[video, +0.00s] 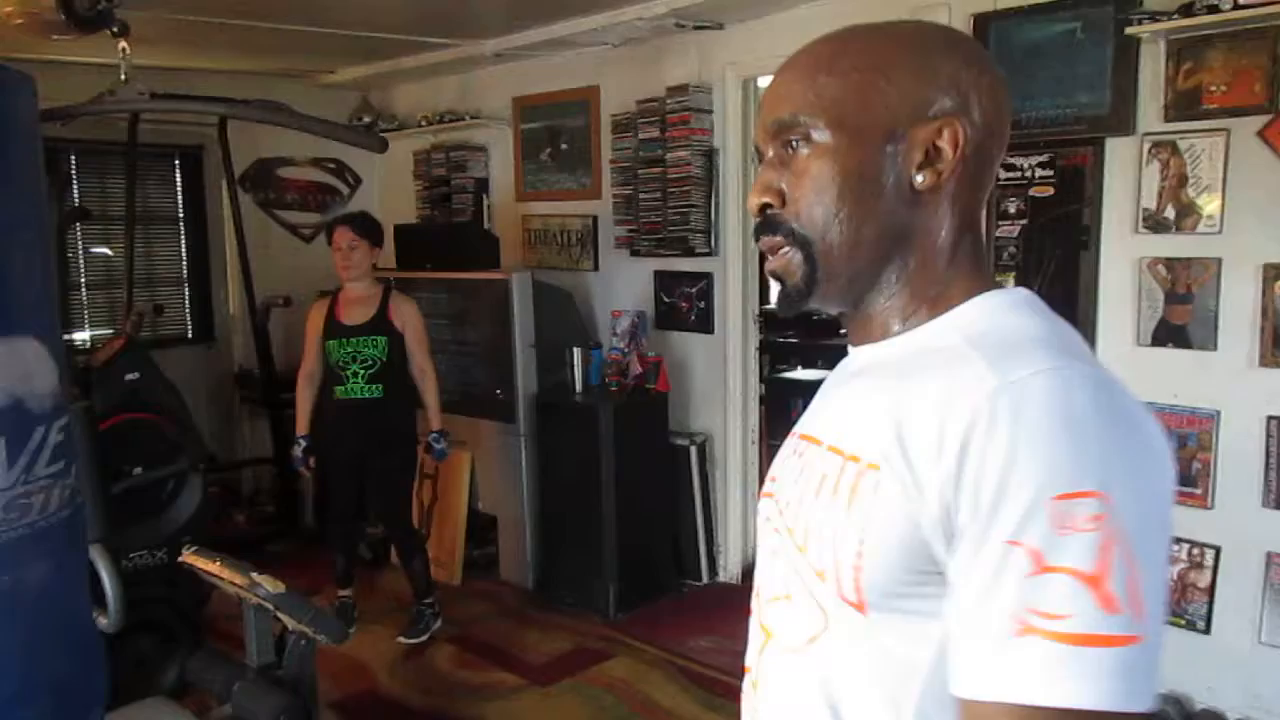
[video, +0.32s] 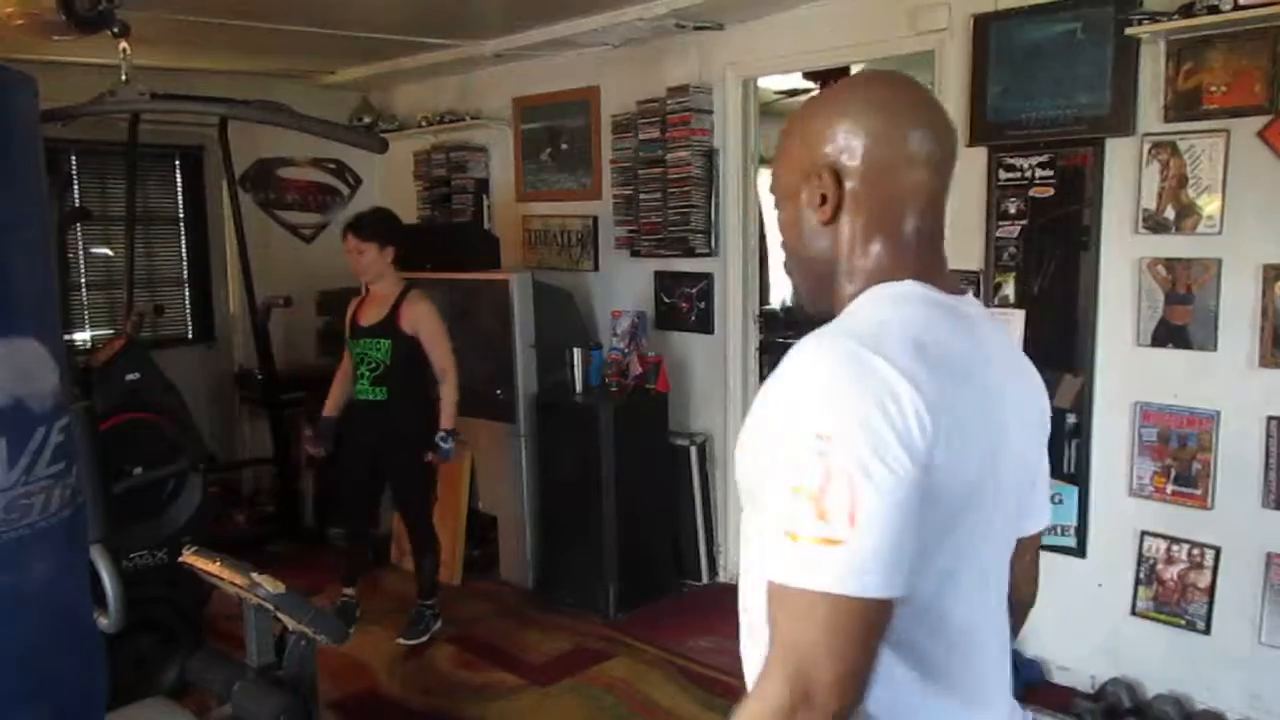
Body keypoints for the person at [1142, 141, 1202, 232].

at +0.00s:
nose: (1157, 158)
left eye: (1159, 153)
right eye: (1155, 155)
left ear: (1168, 150)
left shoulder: (1175, 160)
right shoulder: (1164, 166)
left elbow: (1171, 187)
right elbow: (1161, 188)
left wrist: (1160, 213)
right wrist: (1157, 212)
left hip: (1191, 211)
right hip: (1180, 211)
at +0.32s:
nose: (1157, 159)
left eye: (1159, 154)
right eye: (1154, 156)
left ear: (1168, 150)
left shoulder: (1175, 161)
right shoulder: (1164, 167)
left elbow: (1171, 187)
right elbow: (1161, 189)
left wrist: (1160, 214)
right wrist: (1157, 213)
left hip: (1191, 211)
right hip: (1180, 212)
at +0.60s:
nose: (1157, 159)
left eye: (1159, 154)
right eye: (1155, 156)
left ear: (1168, 150)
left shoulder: (1175, 161)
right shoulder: (1164, 166)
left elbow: (1171, 187)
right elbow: (1161, 189)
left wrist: (1160, 213)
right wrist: (1157, 213)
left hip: (1190, 211)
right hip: (1180, 212)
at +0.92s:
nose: (1157, 158)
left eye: (1160, 153)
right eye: (1156, 155)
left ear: (1169, 149)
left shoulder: (1175, 161)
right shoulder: (1164, 164)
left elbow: (1170, 187)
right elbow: (1161, 188)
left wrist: (1160, 213)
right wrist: (1157, 212)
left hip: (1190, 211)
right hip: (1180, 212)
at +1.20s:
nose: (1158, 159)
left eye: (1160, 154)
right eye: (1155, 156)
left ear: (1169, 150)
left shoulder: (1175, 161)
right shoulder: (1164, 165)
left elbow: (1171, 187)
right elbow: (1162, 188)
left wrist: (1161, 213)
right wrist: (1157, 213)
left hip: (1190, 211)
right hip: (1180, 212)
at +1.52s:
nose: (1158, 159)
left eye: (1159, 154)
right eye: (1156, 156)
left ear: (1168, 150)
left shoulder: (1175, 161)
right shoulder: (1164, 165)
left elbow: (1170, 187)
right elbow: (1162, 188)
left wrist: (1160, 213)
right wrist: (1157, 213)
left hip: (1190, 210)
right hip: (1180, 212)